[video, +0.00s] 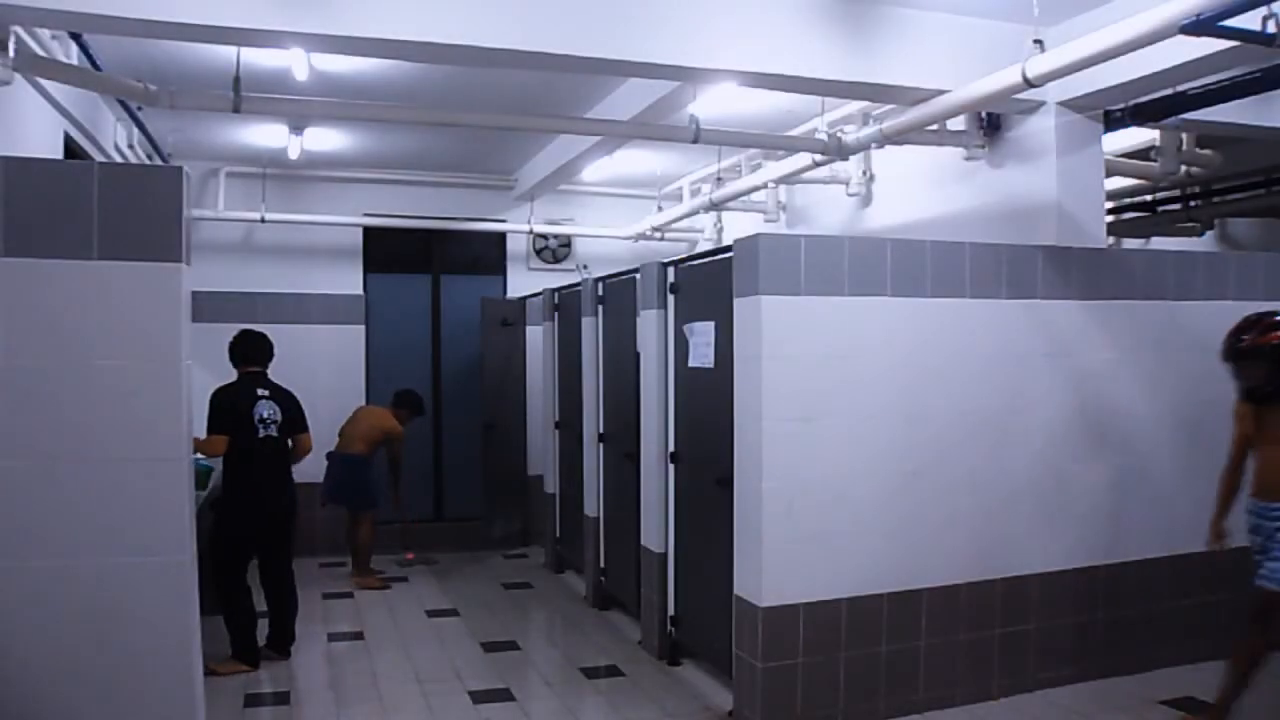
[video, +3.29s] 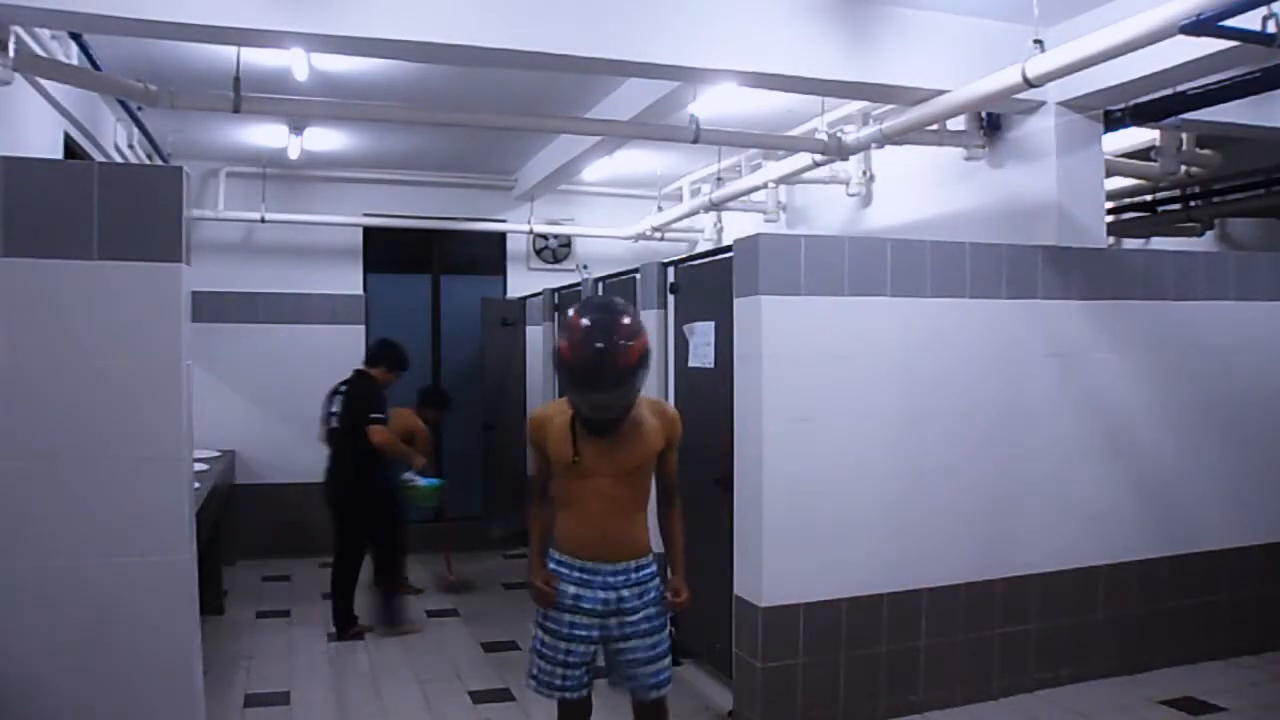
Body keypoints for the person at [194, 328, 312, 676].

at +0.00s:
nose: (234, 360)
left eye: (234, 354)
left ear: (234, 359)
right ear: (269, 359)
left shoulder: (225, 396)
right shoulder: (286, 397)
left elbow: (217, 447)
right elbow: (304, 446)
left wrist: (195, 444)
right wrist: (279, 463)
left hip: (239, 497)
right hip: (279, 495)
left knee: (229, 571)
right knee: (277, 569)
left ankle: (245, 655)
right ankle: (280, 645)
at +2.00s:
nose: (280, 378)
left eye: (282, 372)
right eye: (281, 371)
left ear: (249, 361)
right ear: (273, 366)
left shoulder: (212, 395)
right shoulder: (278, 398)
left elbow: (200, 448)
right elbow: (300, 449)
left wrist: (231, 454)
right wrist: (324, 489)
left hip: (230, 500)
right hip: (276, 499)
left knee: (240, 577)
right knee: (282, 572)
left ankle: (246, 656)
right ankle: (283, 644)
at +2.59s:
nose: (326, 385)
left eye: (329, 379)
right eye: (327, 378)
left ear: (300, 364)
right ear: (317, 369)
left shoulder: (260, 391)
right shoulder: (309, 397)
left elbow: (251, 440)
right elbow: (323, 446)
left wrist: (281, 449)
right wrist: (342, 461)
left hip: (261, 489)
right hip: (297, 491)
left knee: (277, 557)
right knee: (297, 563)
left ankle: (271, 624)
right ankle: (284, 641)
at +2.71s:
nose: (333, 384)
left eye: (336, 379)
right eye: (334, 378)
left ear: (308, 364)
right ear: (325, 370)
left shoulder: (271, 393)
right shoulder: (315, 398)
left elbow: (275, 443)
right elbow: (327, 449)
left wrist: (315, 456)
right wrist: (349, 459)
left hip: (271, 488)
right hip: (305, 492)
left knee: (297, 558)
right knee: (301, 563)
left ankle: (310, 622)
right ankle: (285, 642)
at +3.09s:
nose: (370, 381)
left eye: (373, 374)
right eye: (371, 374)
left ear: (345, 363)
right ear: (362, 368)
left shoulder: (310, 393)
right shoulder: (351, 393)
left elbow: (296, 439)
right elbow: (361, 437)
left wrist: (323, 454)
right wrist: (386, 456)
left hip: (314, 482)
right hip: (344, 482)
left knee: (338, 553)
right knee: (341, 554)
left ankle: (344, 623)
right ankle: (300, 623)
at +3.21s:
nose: (385, 381)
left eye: (387, 375)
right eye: (386, 374)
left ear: (361, 362)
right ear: (377, 368)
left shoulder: (327, 391)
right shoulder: (363, 392)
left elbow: (313, 435)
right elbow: (371, 436)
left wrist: (342, 447)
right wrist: (399, 456)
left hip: (329, 480)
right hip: (357, 482)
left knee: (345, 547)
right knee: (374, 548)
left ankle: (343, 619)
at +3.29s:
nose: (393, 381)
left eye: (396, 375)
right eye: (394, 374)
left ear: (369, 363)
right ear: (385, 369)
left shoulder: (340, 390)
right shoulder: (372, 392)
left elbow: (329, 434)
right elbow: (379, 436)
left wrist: (356, 450)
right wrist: (412, 456)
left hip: (340, 481)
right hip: (369, 483)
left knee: (348, 551)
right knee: (388, 543)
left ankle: (344, 623)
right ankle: (391, 615)